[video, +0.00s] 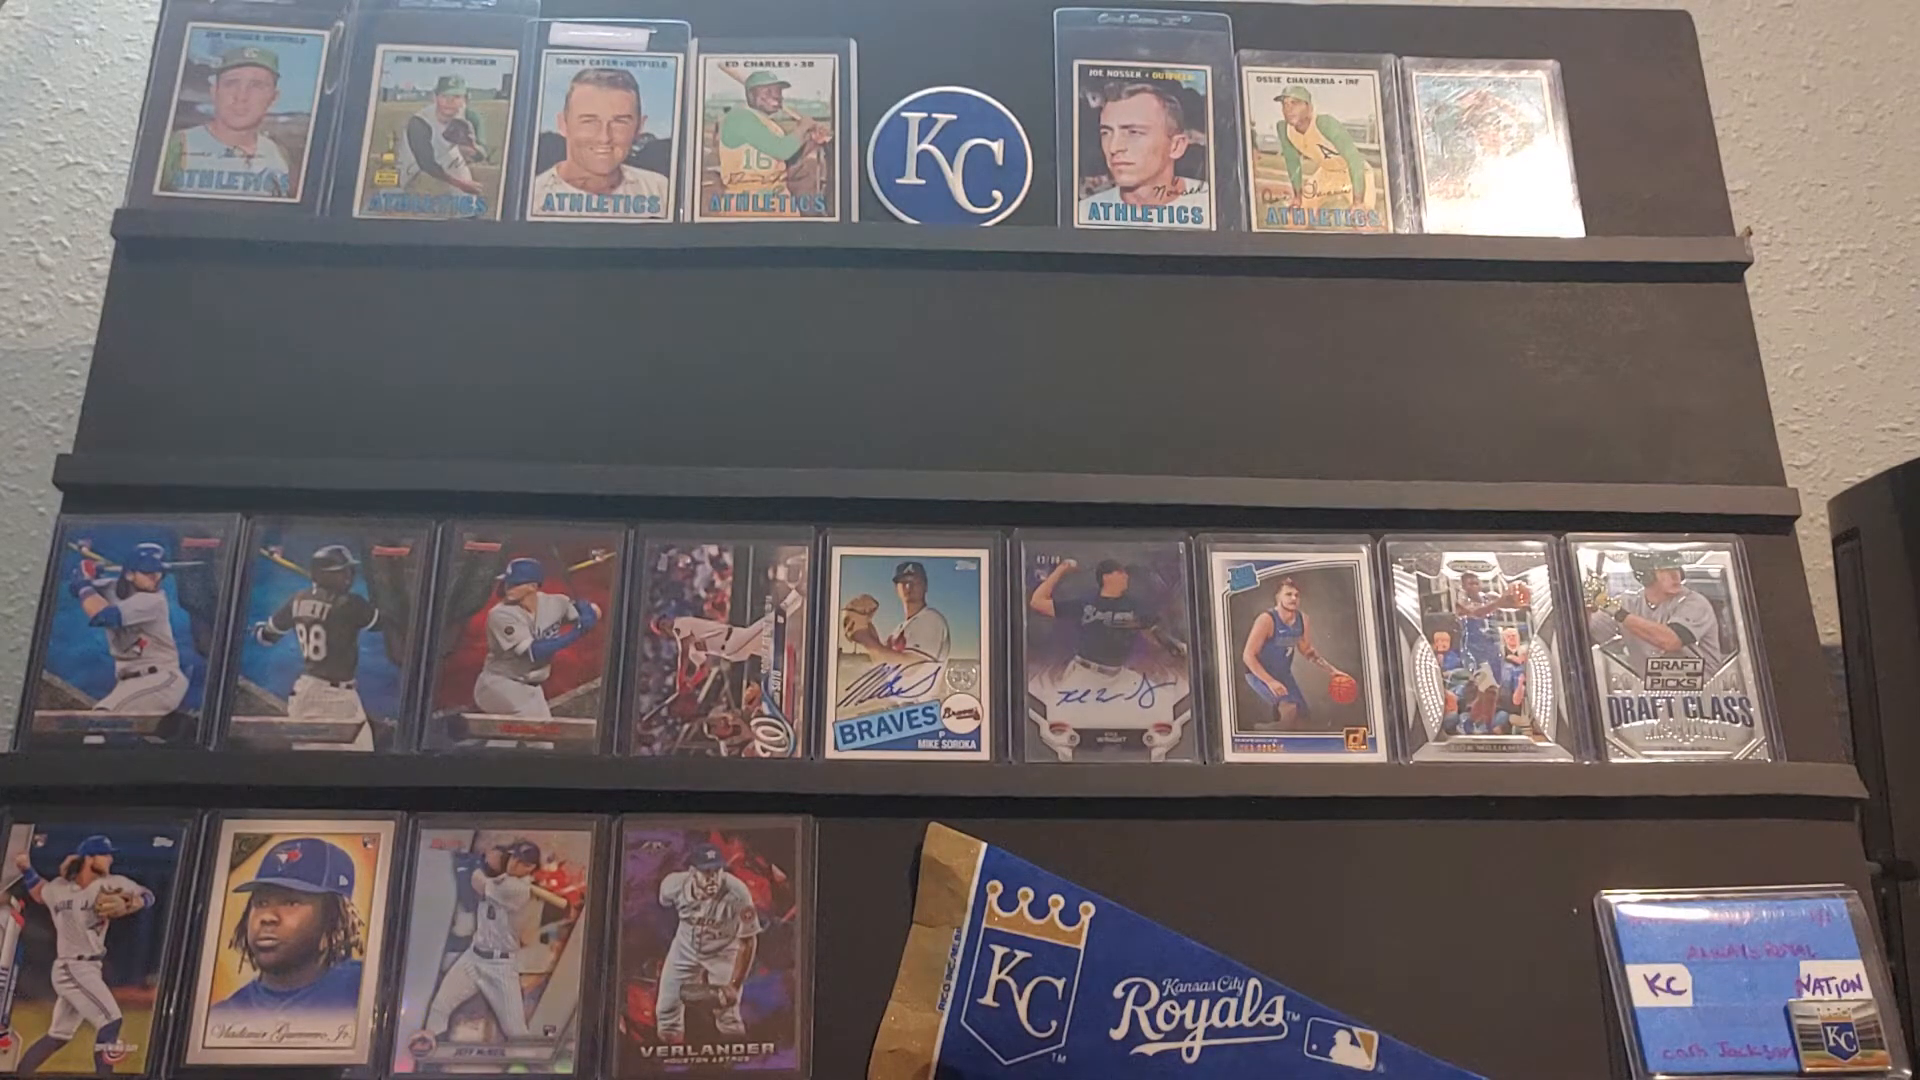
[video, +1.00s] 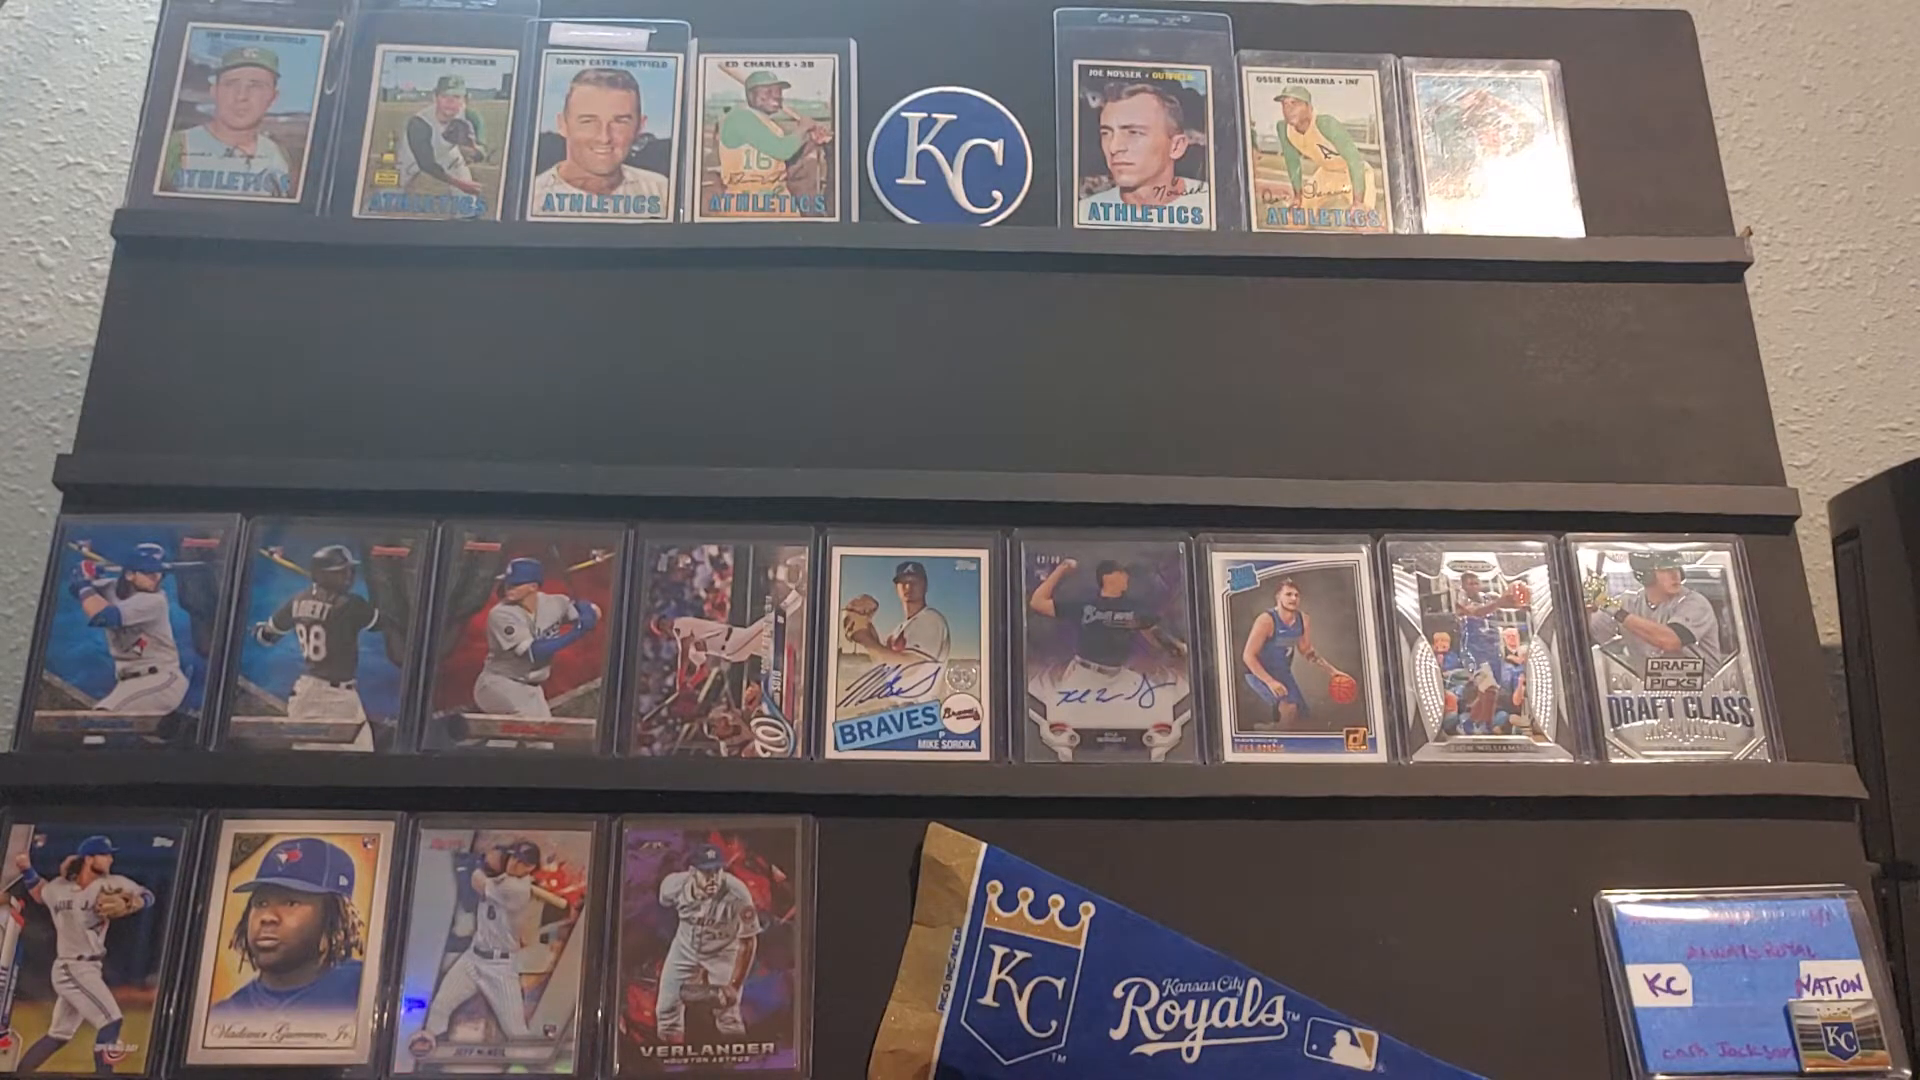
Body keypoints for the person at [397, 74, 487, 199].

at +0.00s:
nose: (450, 102)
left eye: (456, 97)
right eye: (444, 96)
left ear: (465, 101)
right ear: (436, 98)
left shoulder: (468, 117)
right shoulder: (419, 123)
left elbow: (481, 154)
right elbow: (427, 165)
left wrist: (470, 151)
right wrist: (462, 185)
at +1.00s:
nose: (451, 102)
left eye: (456, 97)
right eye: (445, 96)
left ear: (464, 101)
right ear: (436, 98)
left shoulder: (470, 117)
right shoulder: (419, 123)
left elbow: (481, 153)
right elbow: (427, 165)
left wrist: (467, 148)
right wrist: (461, 185)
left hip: (455, 166)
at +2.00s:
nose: (451, 102)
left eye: (457, 97)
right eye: (446, 96)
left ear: (464, 100)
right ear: (436, 98)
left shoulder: (469, 115)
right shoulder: (419, 123)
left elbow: (481, 154)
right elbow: (427, 165)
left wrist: (469, 150)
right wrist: (461, 185)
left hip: (453, 162)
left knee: (467, 196)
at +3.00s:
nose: (451, 102)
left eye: (457, 97)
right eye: (446, 96)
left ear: (464, 100)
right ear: (436, 98)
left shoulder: (470, 115)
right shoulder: (419, 123)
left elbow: (480, 154)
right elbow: (427, 165)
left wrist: (469, 150)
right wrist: (461, 185)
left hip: (454, 165)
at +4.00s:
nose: (451, 102)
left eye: (457, 97)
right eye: (446, 96)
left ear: (464, 100)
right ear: (436, 97)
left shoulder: (467, 116)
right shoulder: (419, 123)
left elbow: (481, 153)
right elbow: (427, 165)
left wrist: (472, 152)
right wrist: (460, 184)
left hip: (453, 164)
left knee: (467, 197)